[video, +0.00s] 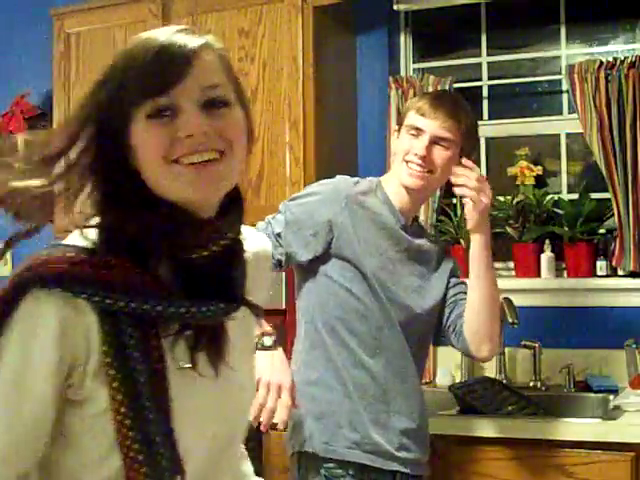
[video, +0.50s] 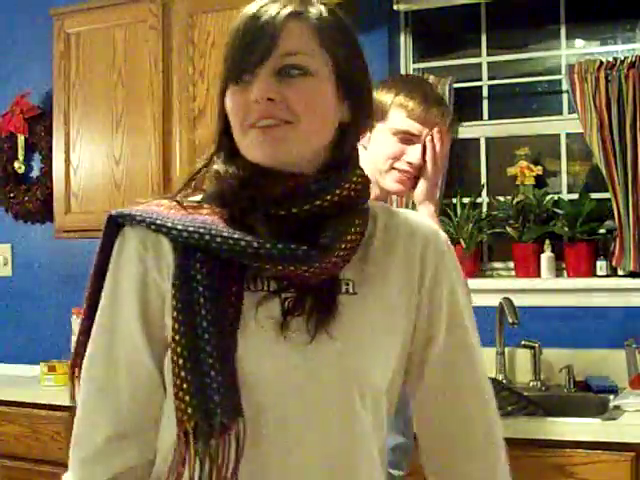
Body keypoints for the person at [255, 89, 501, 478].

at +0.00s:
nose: (422, 151)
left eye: (441, 143)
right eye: (413, 133)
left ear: (459, 161)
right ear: (395, 138)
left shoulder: (437, 263)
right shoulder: (339, 200)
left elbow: (483, 345)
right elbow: (245, 256)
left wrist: (480, 231)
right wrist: (265, 344)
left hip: (405, 458)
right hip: (332, 450)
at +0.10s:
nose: (420, 152)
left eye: (440, 143)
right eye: (412, 133)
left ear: (457, 160)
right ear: (392, 134)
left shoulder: (435, 259)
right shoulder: (329, 203)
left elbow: (482, 337)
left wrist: (467, 221)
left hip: (402, 462)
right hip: (323, 455)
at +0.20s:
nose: (419, 152)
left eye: (436, 144)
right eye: (410, 133)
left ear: (450, 160)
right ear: (386, 133)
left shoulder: (432, 255)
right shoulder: (320, 202)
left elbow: (480, 332)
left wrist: (459, 212)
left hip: (397, 459)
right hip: (318, 449)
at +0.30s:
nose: (420, 154)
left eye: (436, 143)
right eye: (408, 134)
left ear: (449, 158)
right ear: (378, 132)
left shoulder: (419, 246)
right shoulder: (317, 207)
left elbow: (470, 329)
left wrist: (448, 213)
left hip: (395, 449)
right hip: (317, 445)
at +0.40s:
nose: (419, 157)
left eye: (433, 145)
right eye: (408, 136)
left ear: (444, 157)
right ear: (371, 130)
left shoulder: (415, 233)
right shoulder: (315, 207)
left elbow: (464, 329)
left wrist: (434, 211)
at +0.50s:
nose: (414, 158)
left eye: (428, 145)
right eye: (403, 137)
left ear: (438, 154)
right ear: (362, 132)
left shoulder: (417, 233)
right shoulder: (316, 212)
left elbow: (444, 322)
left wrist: (427, 209)